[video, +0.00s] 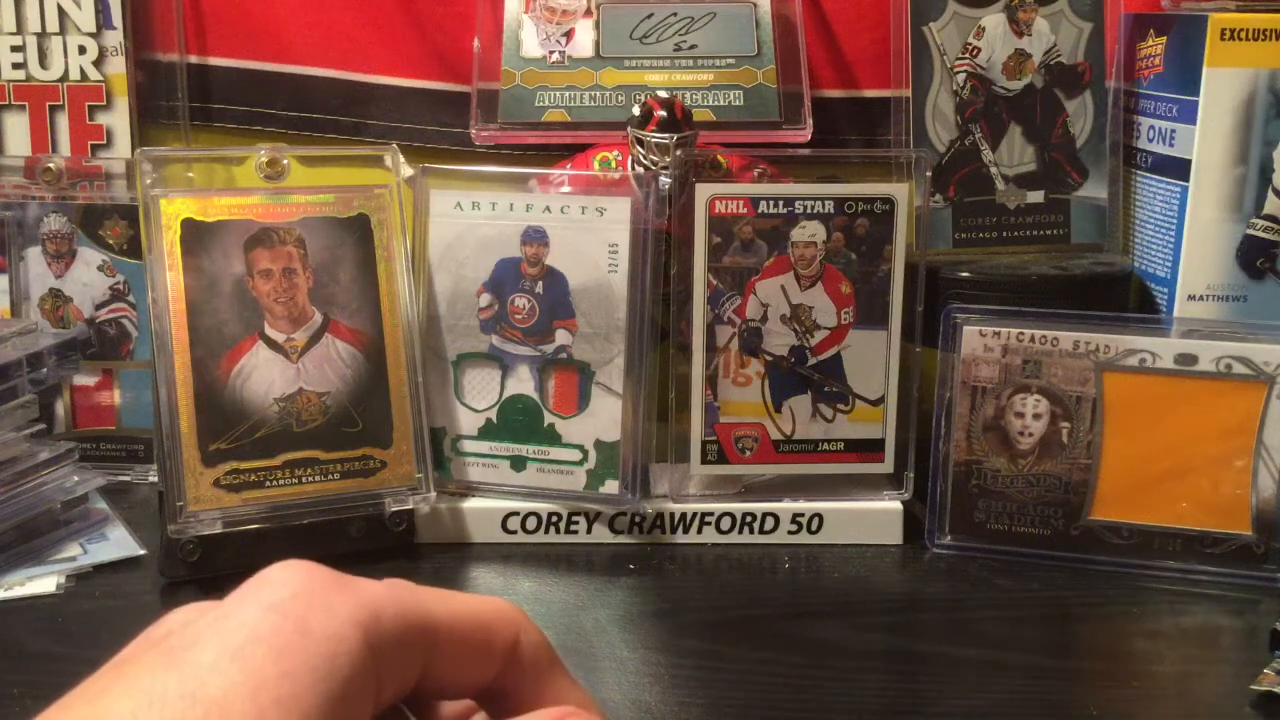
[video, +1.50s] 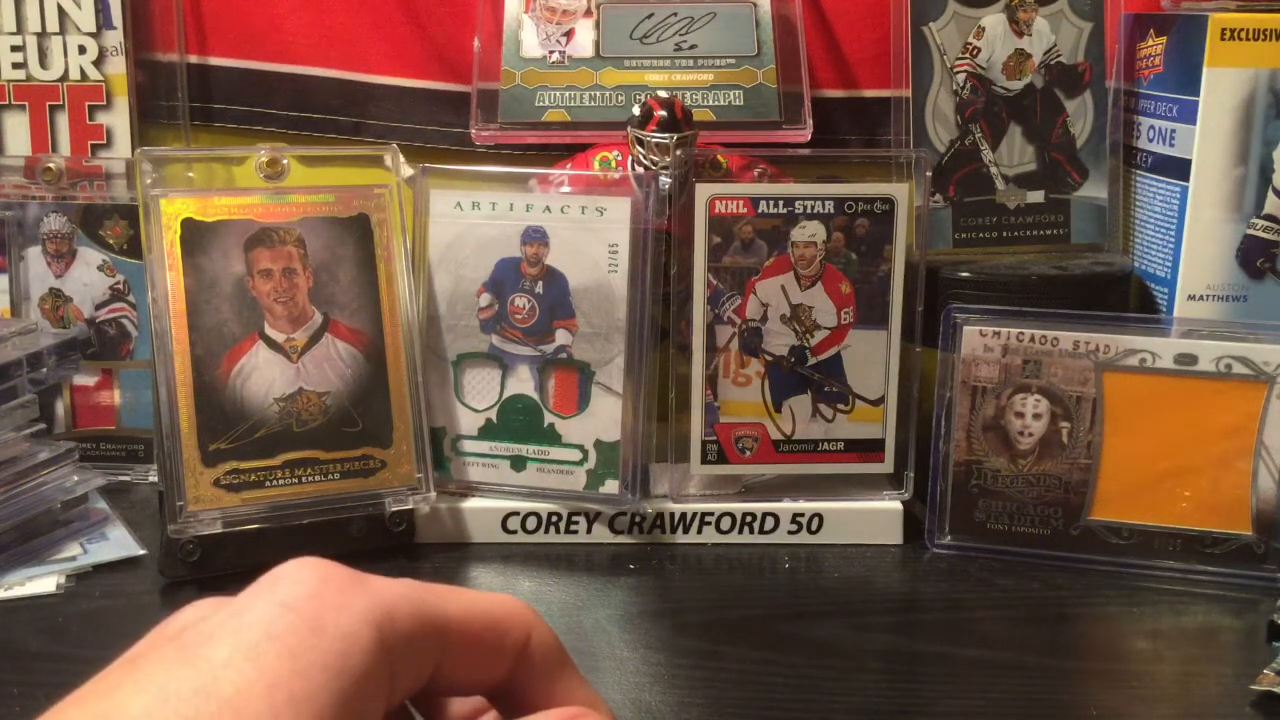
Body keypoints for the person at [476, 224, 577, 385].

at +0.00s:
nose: (535, 252)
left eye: (540, 247)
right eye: (530, 246)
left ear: (547, 250)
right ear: (522, 248)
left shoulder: (557, 280)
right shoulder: (504, 268)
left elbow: (564, 321)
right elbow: (487, 293)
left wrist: (562, 349)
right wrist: (487, 318)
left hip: (543, 353)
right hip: (504, 349)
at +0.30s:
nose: (534, 252)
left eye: (540, 247)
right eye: (530, 246)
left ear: (547, 250)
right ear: (522, 248)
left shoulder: (557, 280)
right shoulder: (504, 268)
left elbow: (565, 321)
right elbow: (487, 292)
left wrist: (562, 349)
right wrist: (486, 315)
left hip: (542, 354)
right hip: (503, 350)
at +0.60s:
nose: (535, 251)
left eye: (540, 246)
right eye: (530, 246)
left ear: (547, 250)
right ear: (522, 248)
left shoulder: (557, 280)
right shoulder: (504, 268)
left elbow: (565, 321)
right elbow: (486, 292)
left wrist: (562, 349)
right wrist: (487, 316)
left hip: (542, 353)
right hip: (503, 350)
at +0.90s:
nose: (534, 251)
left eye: (540, 247)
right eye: (530, 246)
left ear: (547, 250)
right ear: (522, 248)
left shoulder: (557, 281)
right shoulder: (504, 268)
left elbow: (565, 321)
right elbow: (487, 293)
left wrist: (562, 350)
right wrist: (487, 316)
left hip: (541, 354)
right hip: (503, 350)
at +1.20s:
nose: (535, 251)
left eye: (540, 246)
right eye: (530, 246)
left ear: (547, 250)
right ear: (522, 248)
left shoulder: (557, 280)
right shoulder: (504, 268)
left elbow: (565, 321)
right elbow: (487, 293)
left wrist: (562, 350)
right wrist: (487, 316)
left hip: (541, 354)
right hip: (502, 351)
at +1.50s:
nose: (534, 251)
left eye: (540, 246)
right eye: (530, 246)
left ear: (547, 250)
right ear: (522, 248)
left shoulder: (557, 280)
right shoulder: (504, 268)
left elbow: (565, 321)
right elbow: (487, 293)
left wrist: (562, 349)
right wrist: (487, 316)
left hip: (541, 354)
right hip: (503, 350)